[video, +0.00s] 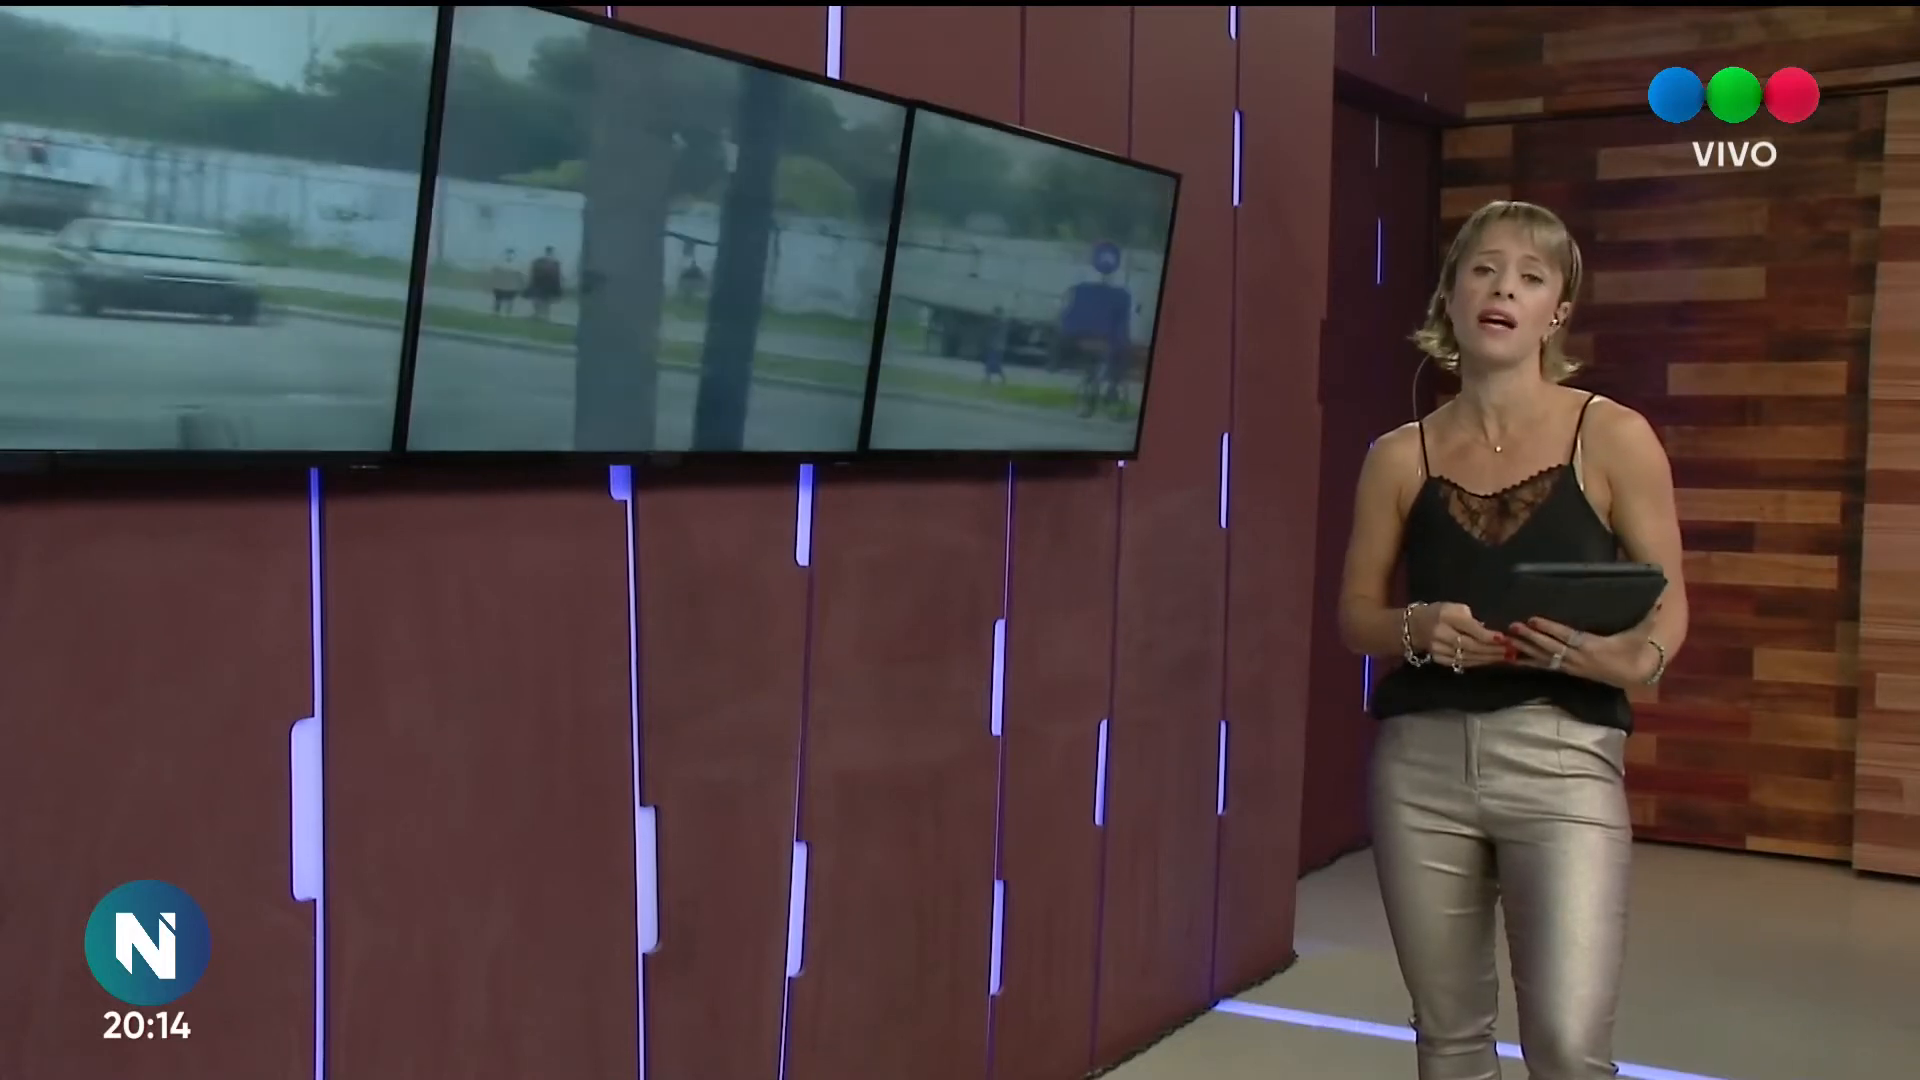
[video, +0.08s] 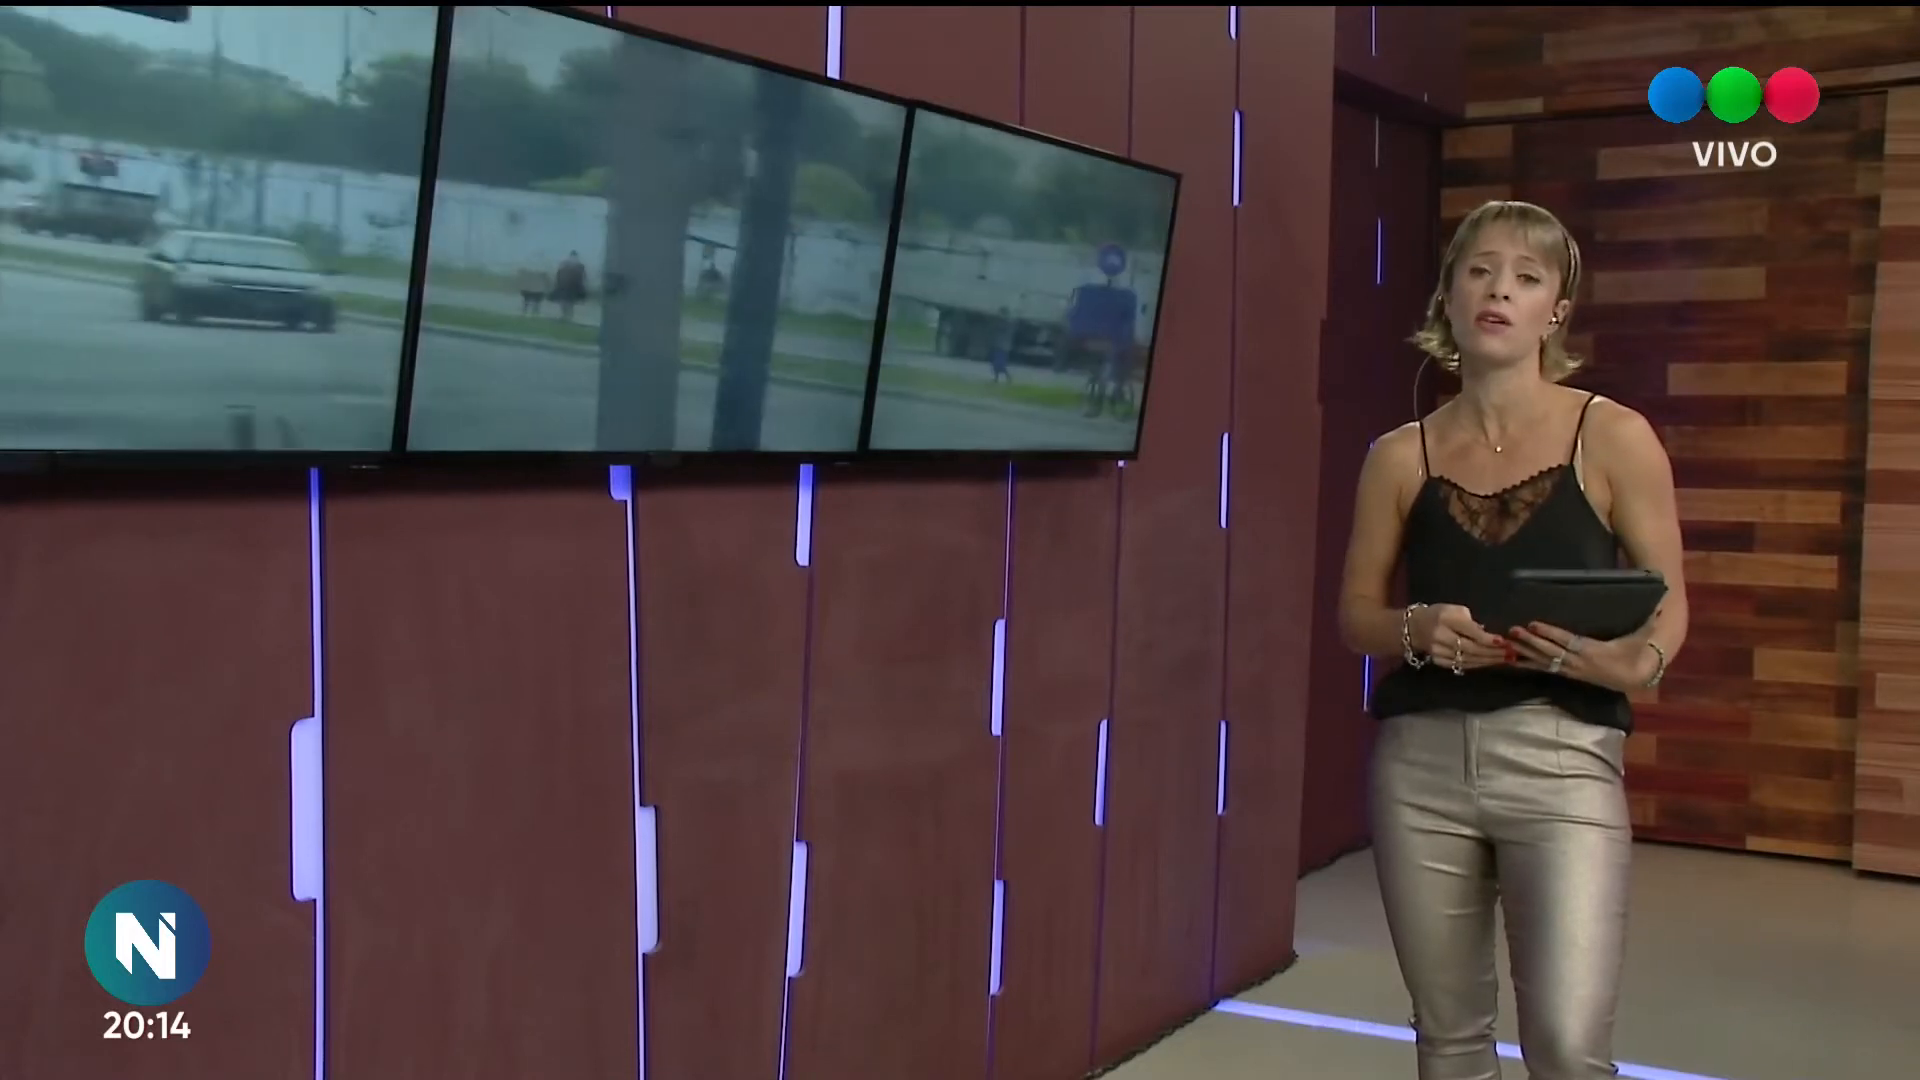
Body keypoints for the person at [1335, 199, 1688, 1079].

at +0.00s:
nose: (1501, 288)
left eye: (1529, 278)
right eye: (1483, 270)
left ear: (1558, 314)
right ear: (1449, 297)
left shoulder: (1614, 438)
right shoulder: (1399, 457)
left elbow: (1667, 597)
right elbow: (1356, 616)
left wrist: (1630, 660)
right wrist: (1413, 629)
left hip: (1563, 767)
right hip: (1420, 768)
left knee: (1567, 1050)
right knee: (1449, 1041)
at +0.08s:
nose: (1497, 289)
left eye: (1524, 277)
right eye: (1479, 272)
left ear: (1556, 310)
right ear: (1448, 299)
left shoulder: (1614, 438)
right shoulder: (1399, 457)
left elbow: (1667, 598)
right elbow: (1356, 616)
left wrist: (1628, 664)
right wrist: (1412, 630)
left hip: (1562, 766)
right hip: (1420, 767)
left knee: (1567, 1050)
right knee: (1449, 1041)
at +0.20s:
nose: (1491, 291)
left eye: (1518, 278)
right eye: (1473, 274)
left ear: (1555, 309)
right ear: (1446, 300)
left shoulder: (1615, 438)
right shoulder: (1399, 457)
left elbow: (1668, 599)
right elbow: (1357, 613)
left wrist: (1627, 664)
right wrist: (1412, 628)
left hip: (1563, 768)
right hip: (1420, 768)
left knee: (1566, 1050)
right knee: (1448, 1041)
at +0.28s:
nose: (1490, 295)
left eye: (1517, 279)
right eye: (1472, 276)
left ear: (1555, 308)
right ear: (1445, 301)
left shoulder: (1616, 439)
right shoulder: (1400, 456)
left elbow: (1668, 600)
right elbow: (1356, 612)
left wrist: (1625, 664)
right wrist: (1411, 625)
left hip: (1563, 768)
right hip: (1420, 768)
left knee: (1566, 1051)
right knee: (1448, 1042)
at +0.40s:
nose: (1490, 296)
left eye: (1517, 280)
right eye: (1472, 277)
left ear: (1555, 308)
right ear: (1445, 301)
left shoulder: (1617, 439)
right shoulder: (1400, 456)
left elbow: (1666, 598)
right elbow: (1355, 612)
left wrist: (1628, 663)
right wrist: (1411, 625)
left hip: (1563, 768)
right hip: (1420, 768)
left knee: (1566, 1051)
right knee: (1448, 1043)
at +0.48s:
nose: (1490, 296)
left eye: (1518, 280)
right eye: (1472, 278)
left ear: (1555, 309)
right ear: (1446, 301)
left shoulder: (1618, 438)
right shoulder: (1400, 456)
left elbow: (1666, 599)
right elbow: (1355, 610)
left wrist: (1625, 663)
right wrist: (1410, 625)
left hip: (1564, 768)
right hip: (1421, 768)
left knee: (1568, 1050)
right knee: (1448, 1043)